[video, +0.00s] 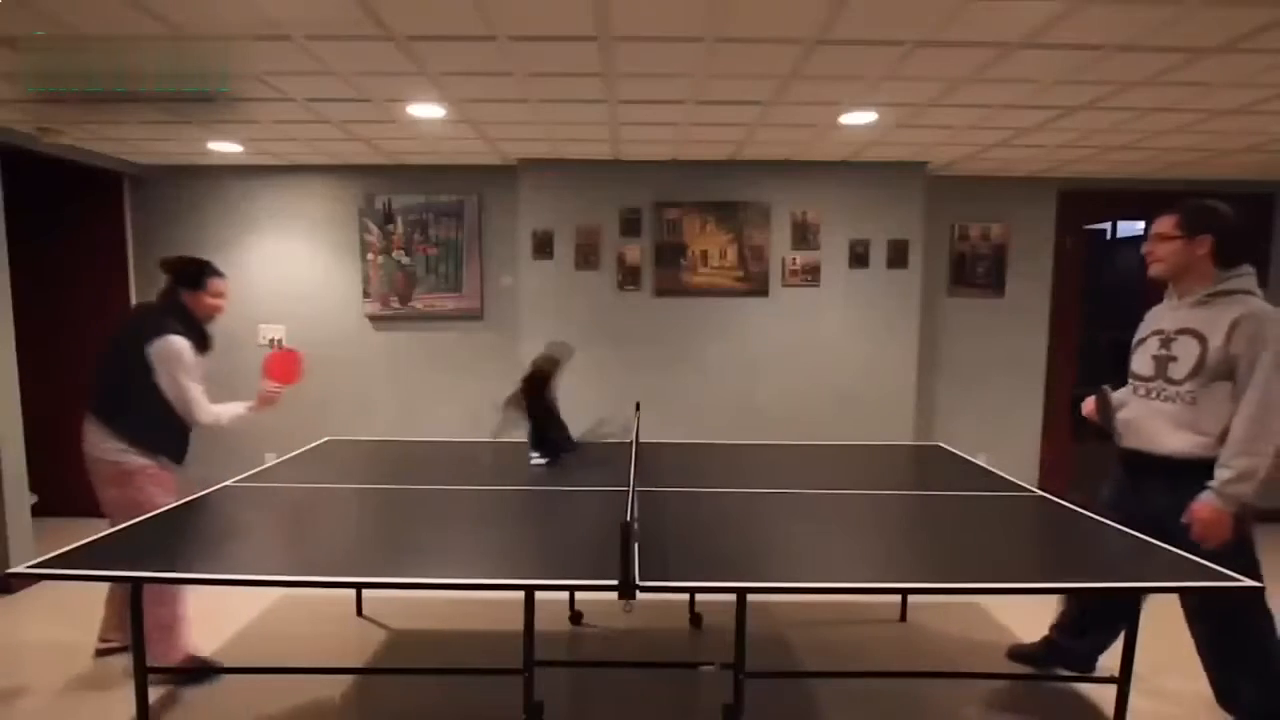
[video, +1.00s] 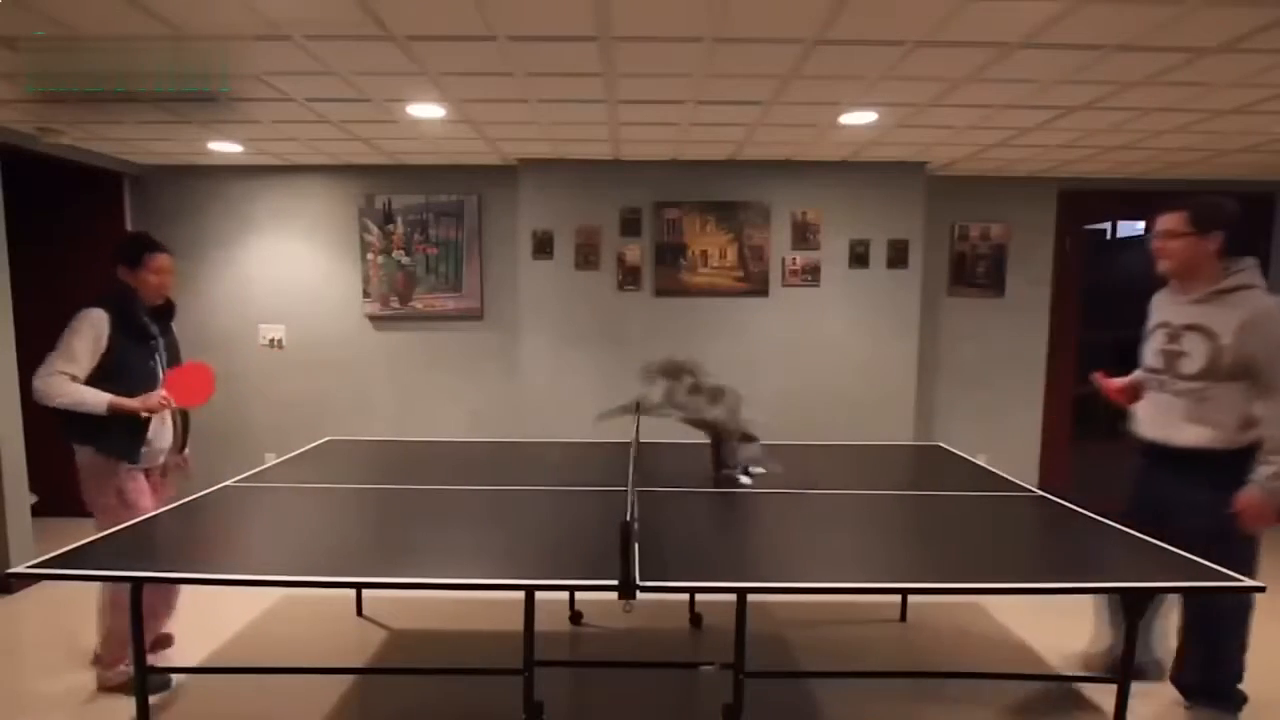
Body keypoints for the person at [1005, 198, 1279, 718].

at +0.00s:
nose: (1149, 249)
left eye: (1161, 239)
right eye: (1149, 240)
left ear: (1201, 247)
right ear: (1182, 249)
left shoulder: (1254, 319)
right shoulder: (1156, 315)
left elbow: (1261, 418)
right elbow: (1151, 391)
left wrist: (1225, 495)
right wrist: (1109, 403)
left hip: (1199, 482)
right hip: (1138, 472)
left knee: (1230, 615)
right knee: (1105, 568)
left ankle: (1260, 705)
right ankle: (1069, 649)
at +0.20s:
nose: (1082, 276)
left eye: (1093, 264)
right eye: (1081, 266)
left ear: (1130, 265)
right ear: (1086, 273)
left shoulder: (1183, 327)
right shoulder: (1100, 330)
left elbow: (1209, 425)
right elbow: (1100, 398)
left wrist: (1167, 497)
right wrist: (1055, 413)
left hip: (1160, 485)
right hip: (1099, 480)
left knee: (1194, 607)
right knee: (1055, 567)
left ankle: (1257, 705)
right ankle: (1020, 653)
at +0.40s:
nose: (1016, 283)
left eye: (1023, 272)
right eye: (1013, 274)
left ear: (1059, 269)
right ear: (1053, 272)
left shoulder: (1121, 324)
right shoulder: (1039, 320)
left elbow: (1155, 403)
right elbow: (1037, 380)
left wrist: (1131, 479)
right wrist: (1008, 407)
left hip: (1103, 470)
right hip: (1050, 463)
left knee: (1126, 583)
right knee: (1025, 554)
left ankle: (1187, 688)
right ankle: (1022, 648)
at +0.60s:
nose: (1035, 273)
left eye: (1044, 263)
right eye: (1032, 264)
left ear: (1080, 262)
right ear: (1034, 267)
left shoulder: (1133, 321)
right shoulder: (1039, 320)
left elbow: (1168, 404)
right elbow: (994, 359)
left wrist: (1146, 476)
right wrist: (954, 353)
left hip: (1104, 473)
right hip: (1045, 465)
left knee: (1110, 590)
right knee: (1018, 557)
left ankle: (1174, 683)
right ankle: (1022, 647)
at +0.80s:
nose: (1111, 253)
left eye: (1123, 242)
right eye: (1109, 244)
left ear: (1158, 248)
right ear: (1106, 253)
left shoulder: (1206, 314)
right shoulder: (1109, 308)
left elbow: (1232, 406)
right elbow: (1106, 382)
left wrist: (1210, 481)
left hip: (1169, 470)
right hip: (1103, 461)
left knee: (1180, 588)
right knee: (1064, 557)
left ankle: (1211, 695)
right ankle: (1023, 651)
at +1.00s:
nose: (1157, 246)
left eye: (1170, 236)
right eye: (1156, 236)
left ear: (1211, 242)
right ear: (1156, 243)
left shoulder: (1258, 309)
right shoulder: (1162, 302)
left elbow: (1276, 402)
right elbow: (1167, 371)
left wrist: (1267, 480)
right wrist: (1132, 384)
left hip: (1222, 466)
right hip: (1158, 458)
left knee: (1218, 589)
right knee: (1136, 563)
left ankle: (1212, 698)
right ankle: (1130, 654)